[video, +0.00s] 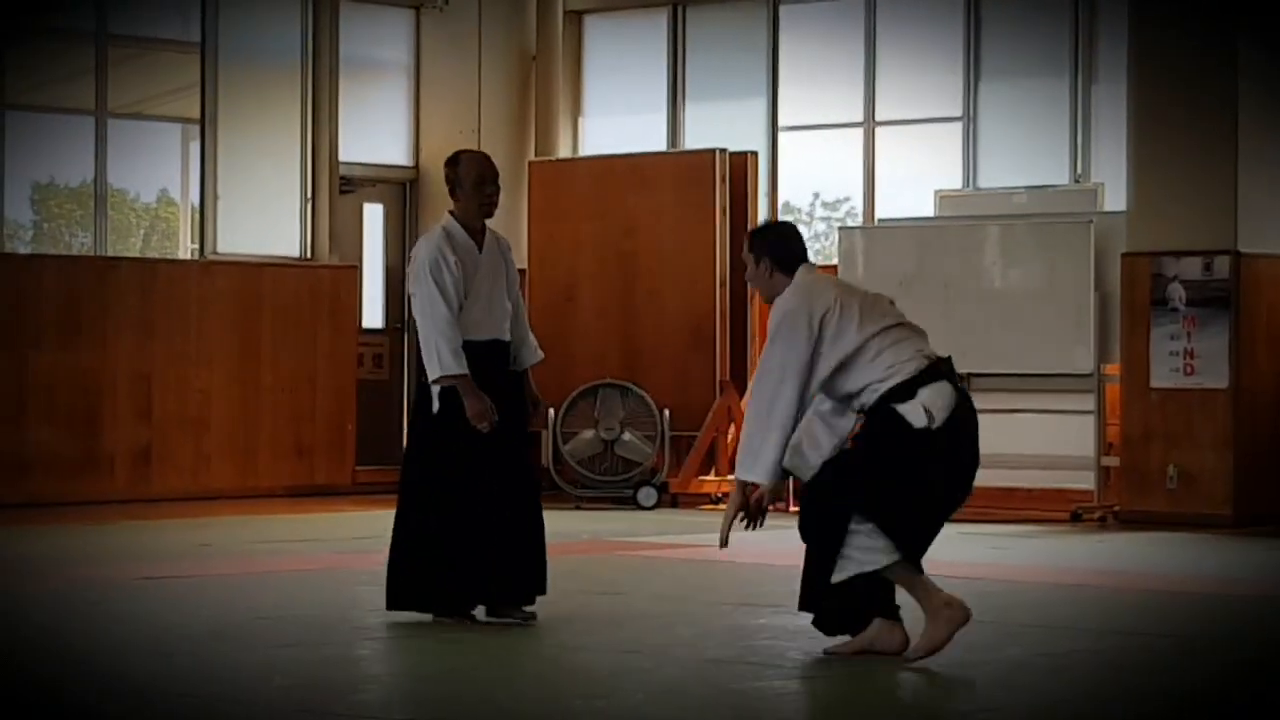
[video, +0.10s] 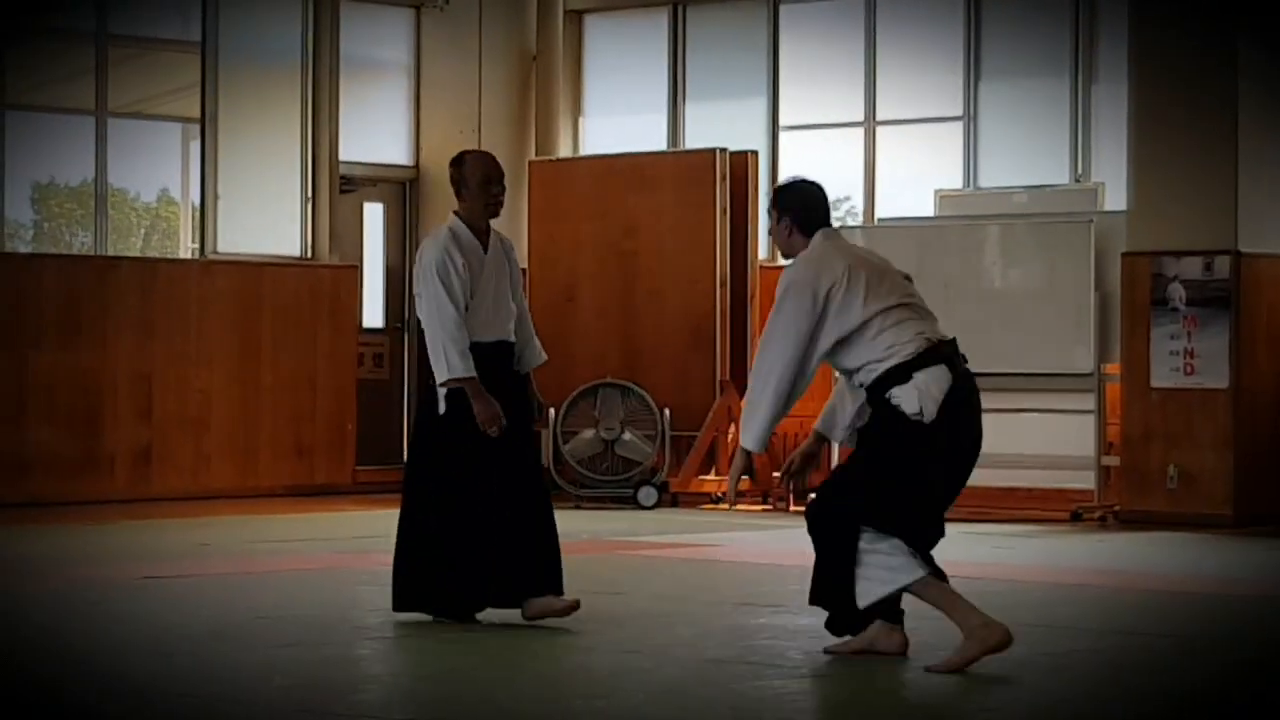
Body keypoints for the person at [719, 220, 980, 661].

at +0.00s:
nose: (746, 278)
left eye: (748, 267)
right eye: (745, 268)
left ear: (767, 265)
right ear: (796, 261)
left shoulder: (798, 302)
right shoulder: (837, 293)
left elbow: (773, 394)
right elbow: (834, 405)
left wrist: (745, 479)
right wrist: (779, 475)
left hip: (916, 412)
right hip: (939, 405)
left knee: (835, 503)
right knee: (841, 503)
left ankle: (938, 605)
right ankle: (880, 623)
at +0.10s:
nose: (773, 236)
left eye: (773, 225)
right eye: (773, 225)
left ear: (787, 224)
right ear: (822, 221)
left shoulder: (808, 271)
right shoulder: (863, 260)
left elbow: (777, 364)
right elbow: (864, 367)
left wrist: (747, 447)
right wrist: (819, 438)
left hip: (917, 398)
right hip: (947, 391)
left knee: (848, 519)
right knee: (860, 508)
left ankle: (977, 626)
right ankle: (884, 626)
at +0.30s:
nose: (810, 174)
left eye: (812, 165)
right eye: (812, 164)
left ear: (825, 167)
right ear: (863, 165)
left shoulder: (821, 225)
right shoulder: (906, 216)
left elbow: (788, 323)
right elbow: (933, 276)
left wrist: (764, 397)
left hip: (907, 374)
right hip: (956, 363)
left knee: (888, 517)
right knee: (936, 508)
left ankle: (984, 642)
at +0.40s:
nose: (823, 158)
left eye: (825, 149)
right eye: (826, 148)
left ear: (836, 152)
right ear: (877, 153)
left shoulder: (825, 212)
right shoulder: (919, 207)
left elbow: (790, 305)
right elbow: (948, 297)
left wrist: (769, 374)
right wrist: (961, 364)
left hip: (891, 367)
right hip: (946, 359)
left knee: (887, 506)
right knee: (938, 501)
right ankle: (977, 628)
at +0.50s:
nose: (830, 147)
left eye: (833, 139)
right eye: (834, 138)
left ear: (844, 144)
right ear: (885, 145)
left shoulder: (823, 207)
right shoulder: (924, 205)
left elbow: (786, 294)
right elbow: (951, 298)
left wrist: (758, 352)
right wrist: (964, 375)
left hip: (870, 369)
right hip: (933, 361)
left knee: (879, 506)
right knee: (930, 498)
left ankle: (892, 635)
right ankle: (968, 610)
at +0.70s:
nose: (810, 144)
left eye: (813, 135)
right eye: (814, 135)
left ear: (826, 140)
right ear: (865, 144)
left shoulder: (805, 202)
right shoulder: (902, 206)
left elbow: (725, 256)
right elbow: (920, 299)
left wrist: (716, 231)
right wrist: (928, 371)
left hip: (841, 368)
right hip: (905, 366)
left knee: (767, 484)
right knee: (916, 494)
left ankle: (846, 594)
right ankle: (946, 623)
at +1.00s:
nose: (682, 164)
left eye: (685, 156)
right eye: (686, 156)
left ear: (694, 162)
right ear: (742, 162)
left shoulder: (686, 229)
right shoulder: (783, 215)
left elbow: (631, 181)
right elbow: (816, 303)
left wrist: (641, 103)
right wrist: (829, 368)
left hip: (734, 382)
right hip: (803, 373)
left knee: (662, 487)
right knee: (855, 495)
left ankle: (655, 614)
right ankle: (928, 599)